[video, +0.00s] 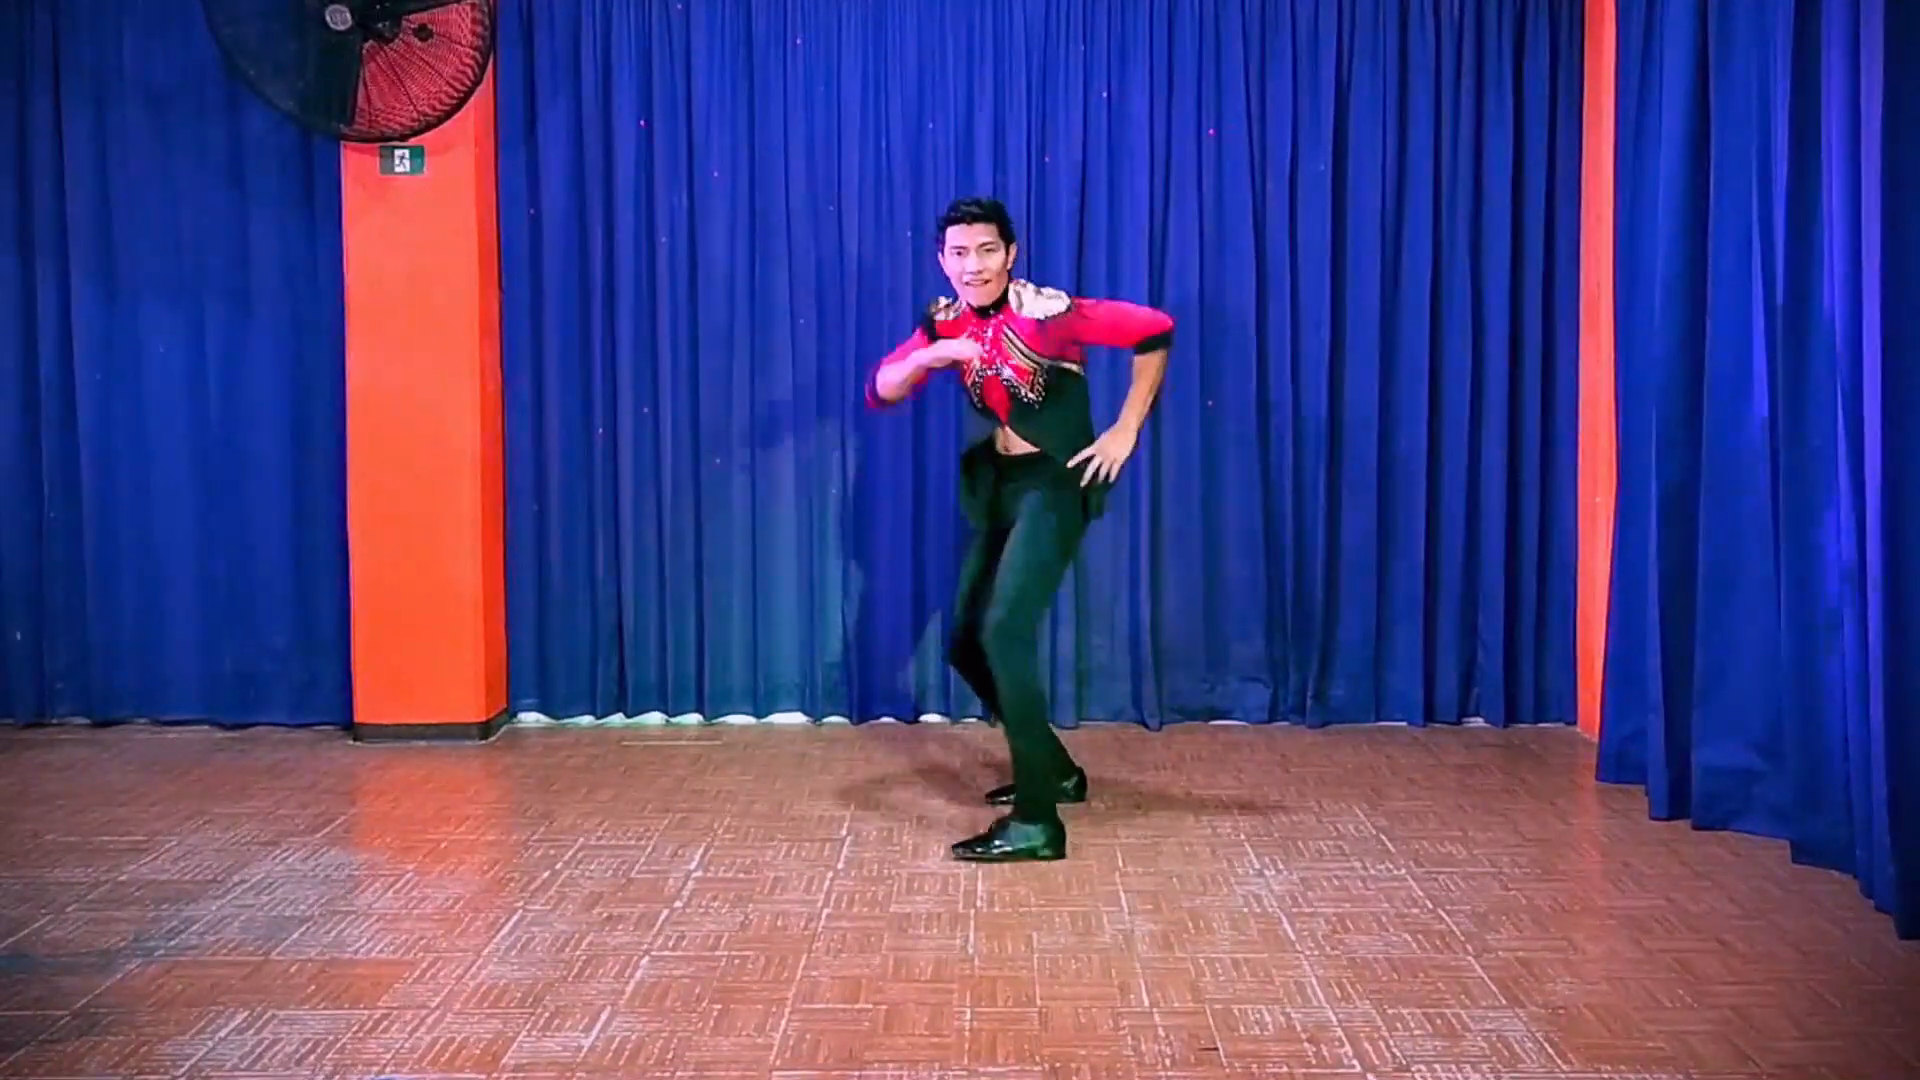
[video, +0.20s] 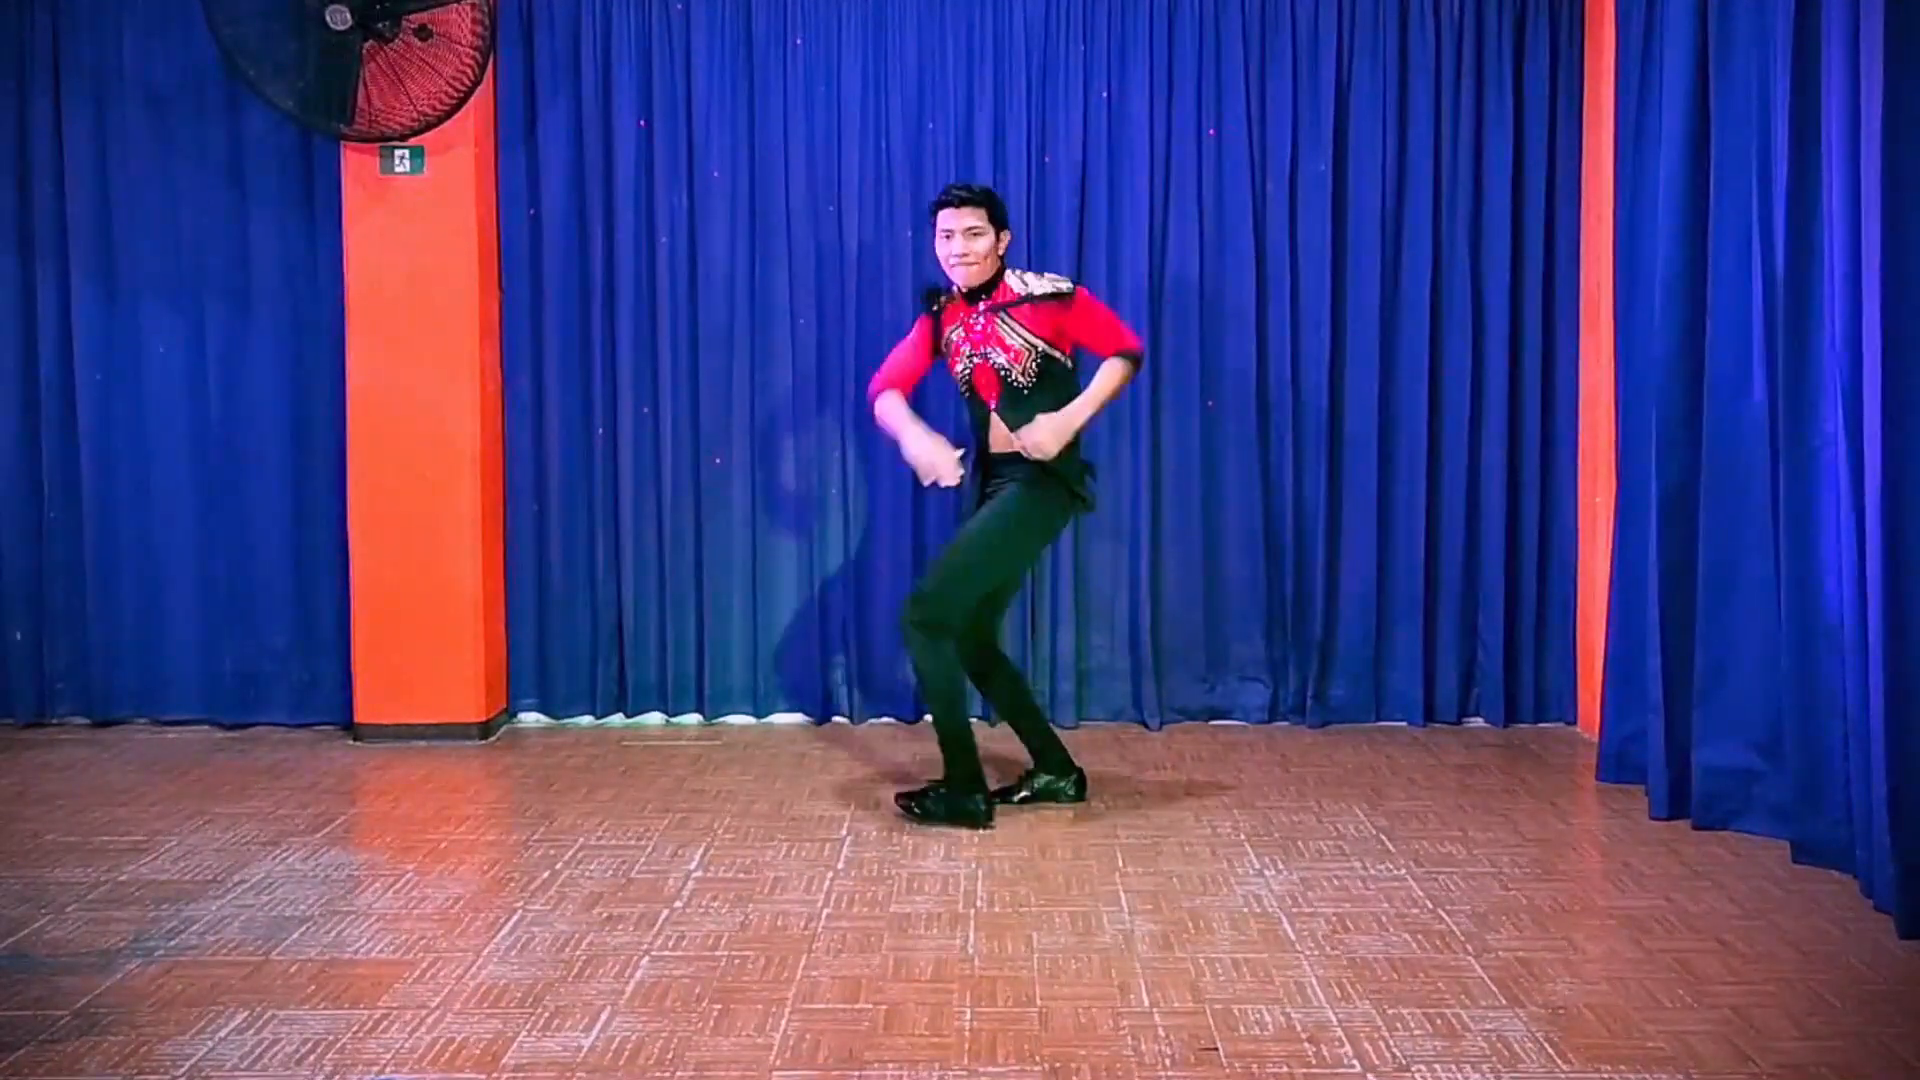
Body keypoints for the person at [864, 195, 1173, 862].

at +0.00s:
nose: (973, 264)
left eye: (986, 250)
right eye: (959, 252)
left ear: (1011, 255)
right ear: (945, 260)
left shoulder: (1046, 317)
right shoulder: (947, 324)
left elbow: (1154, 331)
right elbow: (881, 389)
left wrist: (1128, 428)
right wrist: (931, 356)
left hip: (1060, 483)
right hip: (1003, 485)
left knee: (1004, 631)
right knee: (966, 643)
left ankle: (1035, 822)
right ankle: (1056, 771)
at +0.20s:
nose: (961, 246)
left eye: (974, 233)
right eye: (948, 235)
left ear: (1002, 240)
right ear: (936, 244)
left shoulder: (1046, 296)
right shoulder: (942, 319)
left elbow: (1126, 352)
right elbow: (885, 391)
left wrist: (1068, 419)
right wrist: (920, 440)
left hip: (1042, 483)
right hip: (995, 486)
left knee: (929, 612)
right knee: (972, 638)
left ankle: (964, 789)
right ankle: (1057, 770)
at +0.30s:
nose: (918, 244)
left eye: (933, 231)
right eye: (915, 231)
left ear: (974, 242)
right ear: (915, 241)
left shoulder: (1011, 311)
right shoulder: (935, 321)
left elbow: (1046, 408)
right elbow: (952, 426)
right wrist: (907, 487)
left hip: (1017, 490)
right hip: (988, 487)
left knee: (921, 626)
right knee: (973, 635)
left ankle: (961, 790)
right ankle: (1056, 769)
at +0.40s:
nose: (893, 245)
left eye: (903, 233)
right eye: (896, 232)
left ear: (938, 241)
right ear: (941, 241)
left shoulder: (942, 302)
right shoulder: (977, 293)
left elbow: (968, 394)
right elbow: (998, 407)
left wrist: (888, 423)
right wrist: (952, 476)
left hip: (1000, 495)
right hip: (1027, 494)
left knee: (915, 629)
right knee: (965, 634)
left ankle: (960, 790)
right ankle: (1057, 768)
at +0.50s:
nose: (898, 242)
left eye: (898, 236)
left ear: (902, 243)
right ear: (967, 236)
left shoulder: (896, 304)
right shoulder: (1017, 285)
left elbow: (849, 394)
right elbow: (1088, 363)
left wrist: (888, 464)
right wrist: (1041, 442)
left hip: (953, 507)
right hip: (1023, 500)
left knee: (900, 634)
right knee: (944, 623)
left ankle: (959, 791)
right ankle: (1022, 743)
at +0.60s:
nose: (988, 230)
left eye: (985, 218)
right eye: (981, 220)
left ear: (927, 230)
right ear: (955, 226)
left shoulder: (879, 302)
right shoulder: (1000, 282)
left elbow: (865, 415)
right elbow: (1043, 366)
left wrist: (879, 494)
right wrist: (1053, 450)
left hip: (914, 496)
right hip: (992, 497)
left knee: (911, 637)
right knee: (968, 645)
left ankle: (960, 790)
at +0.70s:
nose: (1001, 228)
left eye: (1001, 216)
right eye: (989, 215)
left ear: (960, 226)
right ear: (947, 223)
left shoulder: (949, 283)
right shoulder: (934, 284)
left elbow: (947, 398)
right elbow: (931, 393)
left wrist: (967, 495)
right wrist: (1000, 462)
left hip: (935, 489)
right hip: (917, 490)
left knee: (977, 625)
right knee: (947, 647)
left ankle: (969, 789)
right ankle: (821, 781)